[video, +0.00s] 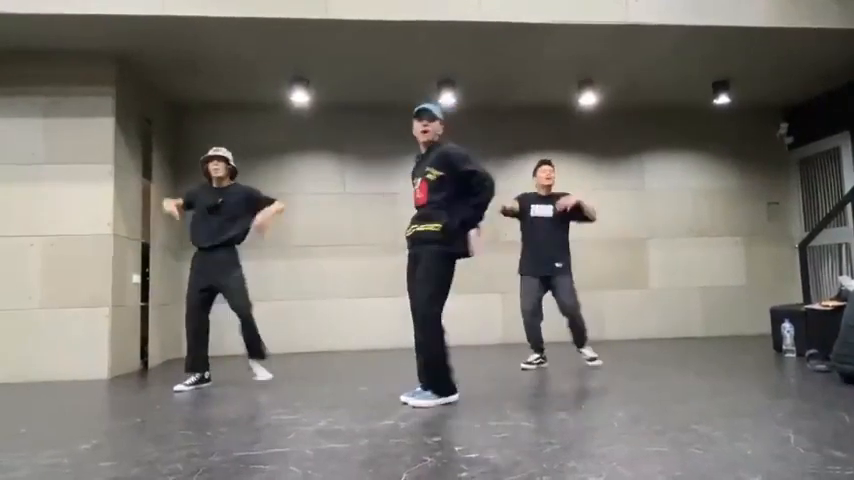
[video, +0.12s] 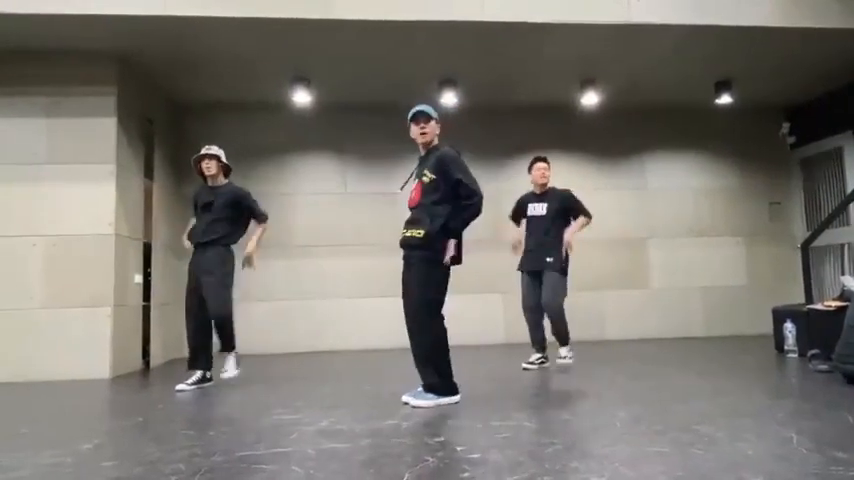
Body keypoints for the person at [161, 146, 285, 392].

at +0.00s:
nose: (215, 165)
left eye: (219, 162)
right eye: (211, 162)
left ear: (229, 167)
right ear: (206, 167)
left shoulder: (242, 192)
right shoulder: (200, 192)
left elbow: (278, 204)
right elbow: (172, 203)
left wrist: (266, 215)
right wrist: (170, 206)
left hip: (227, 260)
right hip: (201, 262)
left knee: (244, 310)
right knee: (195, 317)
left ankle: (256, 360)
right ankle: (199, 372)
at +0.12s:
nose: (206, 164)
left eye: (211, 160)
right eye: (203, 161)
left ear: (221, 164)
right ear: (200, 167)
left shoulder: (235, 192)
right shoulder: (200, 194)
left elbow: (262, 218)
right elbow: (198, 218)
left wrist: (251, 245)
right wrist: (188, 233)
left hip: (220, 255)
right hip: (199, 255)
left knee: (219, 310)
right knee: (195, 314)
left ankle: (230, 353)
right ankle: (202, 370)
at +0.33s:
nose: (203, 169)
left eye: (206, 164)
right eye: (200, 165)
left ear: (218, 166)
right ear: (199, 170)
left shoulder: (230, 195)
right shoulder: (207, 196)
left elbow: (236, 234)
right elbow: (206, 230)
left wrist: (228, 260)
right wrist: (223, 256)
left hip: (214, 255)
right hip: (196, 254)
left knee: (212, 315)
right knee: (196, 316)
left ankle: (221, 371)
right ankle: (204, 368)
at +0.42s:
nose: (203, 169)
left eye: (206, 164)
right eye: (200, 166)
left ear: (219, 166)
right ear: (199, 171)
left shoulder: (230, 195)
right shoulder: (209, 196)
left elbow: (236, 235)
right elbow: (206, 231)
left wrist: (228, 264)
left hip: (213, 255)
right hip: (196, 254)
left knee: (211, 314)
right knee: (194, 315)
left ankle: (223, 371)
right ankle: (204, 367)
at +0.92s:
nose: (206, 165)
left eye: (210, 160)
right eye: (203, 162)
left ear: (222, 162)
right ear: (202, 167)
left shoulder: (237, 192)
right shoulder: (206, 194)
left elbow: (243, 232)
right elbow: (199, 229)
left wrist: (236, 265)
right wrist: (185, 255)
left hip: (223, 255)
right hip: (204, 255)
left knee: (221, 312)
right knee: (202, 310)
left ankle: (228, 368)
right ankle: (210, 364)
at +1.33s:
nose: (205, 159)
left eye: (210, 155)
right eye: (203, 156)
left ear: (222, 158)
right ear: (201, 161)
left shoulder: (236, 187)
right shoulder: (205, 189)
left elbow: (243, 223)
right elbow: (205, 225)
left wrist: (232, 241)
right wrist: (192, 244)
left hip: (226, 254)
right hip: (204, 253)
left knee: (228, 313)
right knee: (177, 297)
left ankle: (236, 366)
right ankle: (215, 322)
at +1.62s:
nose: (203, 157)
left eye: (208, 152)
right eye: (201, 153)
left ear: (219, 157)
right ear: (199, 159)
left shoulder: (232, 187)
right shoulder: (198, 189)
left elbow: (242, 219)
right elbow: (197, 227)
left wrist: (247, 240)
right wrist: (181, 251)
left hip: (227, 252)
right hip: (202, 253)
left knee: (230, 308)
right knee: (191, 308)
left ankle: (236, 363)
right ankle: (181, 363)